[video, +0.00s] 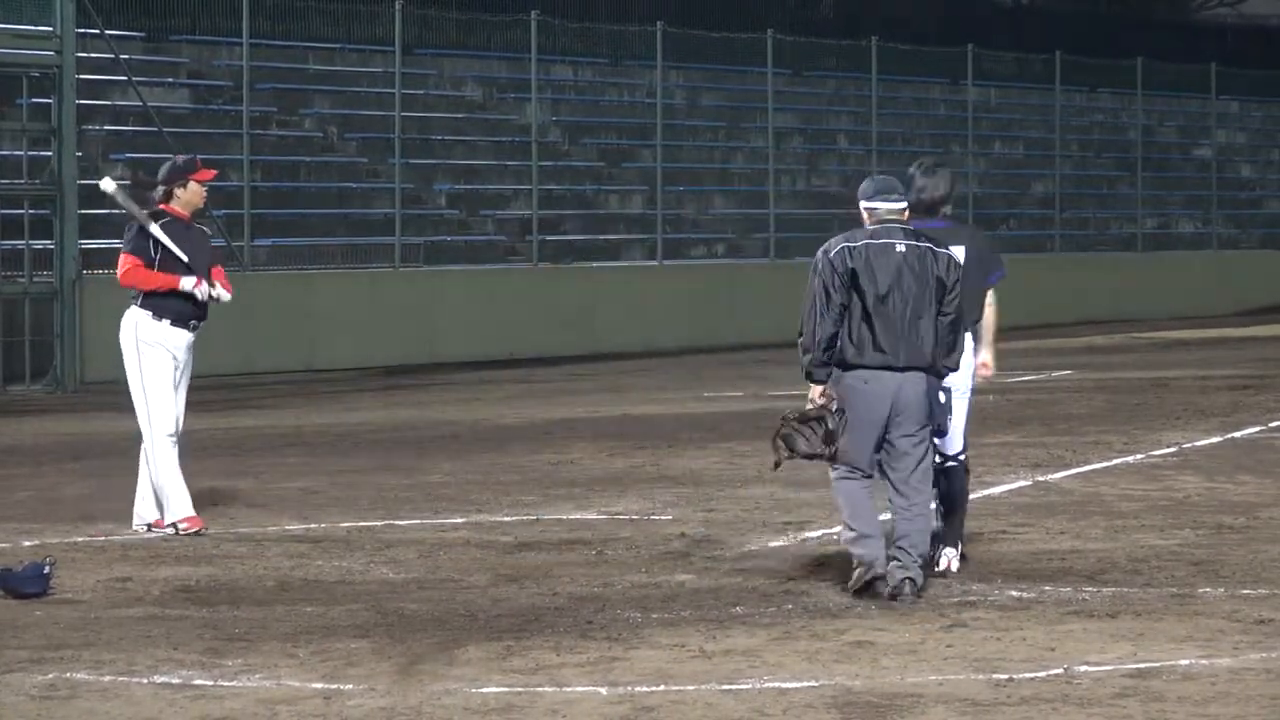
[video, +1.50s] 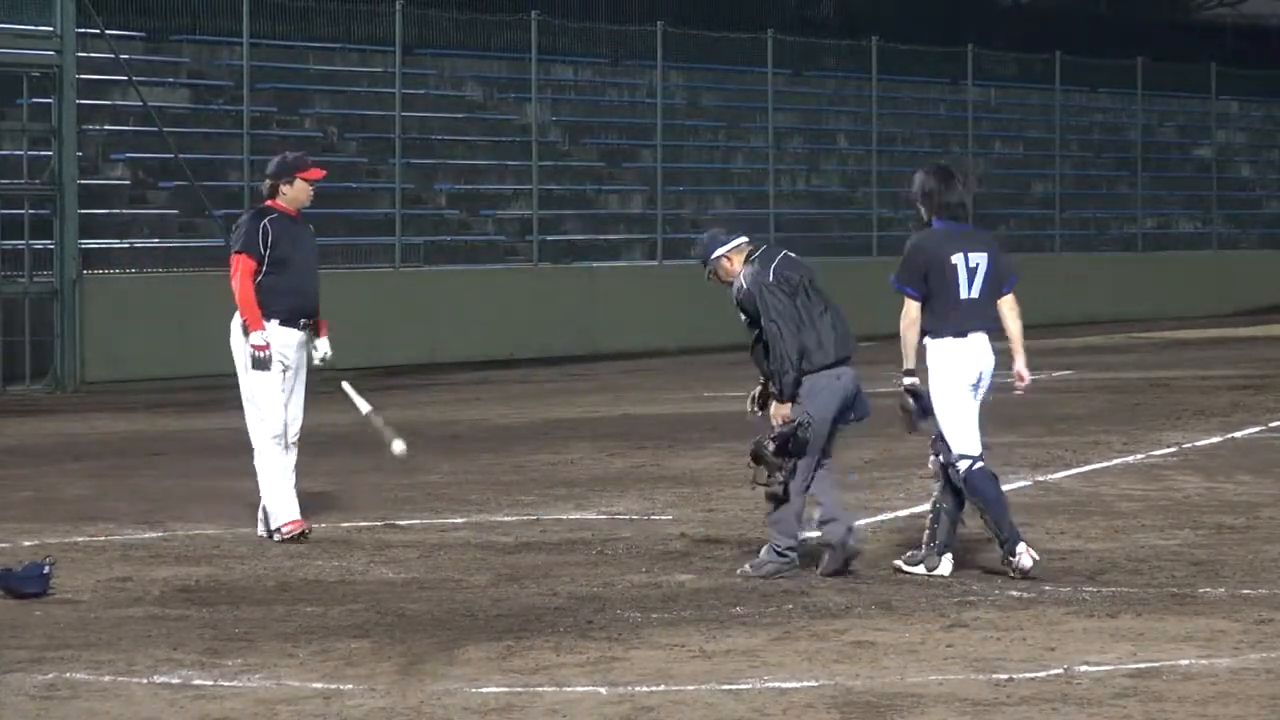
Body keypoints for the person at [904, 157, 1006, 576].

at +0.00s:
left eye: (913, 194)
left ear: (910, 197)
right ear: (948, 196)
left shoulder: (896, 241)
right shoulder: (973, 240)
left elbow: (884, 302)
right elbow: (988, 299)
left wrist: (886, 348)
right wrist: (986, 350)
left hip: (906, 356)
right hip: (957, 355)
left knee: (914, 449)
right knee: (952, 450)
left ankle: (919, 538)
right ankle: (951, 543)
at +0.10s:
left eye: (930, 192)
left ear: (926, 197)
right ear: (966, 198)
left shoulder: (910, 241)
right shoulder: (988, 244)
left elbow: (896, 300)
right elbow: (1014, 299)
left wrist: (894, 346)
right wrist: (1025, 350)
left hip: (923, 346)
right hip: (973, 348)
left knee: (932, 448)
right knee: (963, 449)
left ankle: (973, 522)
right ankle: (953, 545)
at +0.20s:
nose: (941, 204)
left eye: (941, 198)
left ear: (940, 203)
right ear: (980, 203)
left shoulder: (924, 248)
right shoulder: (1001, 247)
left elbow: (908, 307)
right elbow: (1033, 302)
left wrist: (908, 357)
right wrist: (1054, 357)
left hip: (950, 355)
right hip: (996, 354)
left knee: (973, 457)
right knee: (967, 450)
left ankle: (1018, 541)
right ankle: (957, 543)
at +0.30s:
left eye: (954, 201)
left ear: (952, 206)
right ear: (992, 206)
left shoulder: (937, 251)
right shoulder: (1014, 248)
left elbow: (921, 311)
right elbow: (1043, 306)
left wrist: (916, 366)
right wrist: (1065, 362)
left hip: (965, 360)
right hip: (1012, 357)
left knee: (991, 457)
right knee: (978, 450)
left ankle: (1031, 553)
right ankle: (962, 545)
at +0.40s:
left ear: (959, 206)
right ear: (1000, 206)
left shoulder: (945, 252)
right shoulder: (1024, 249)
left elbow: (939, 316)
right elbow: (1048, 308)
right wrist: (1066, 365)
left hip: (974, 357)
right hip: (1019, 354)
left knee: (998, 455)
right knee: (987, 449)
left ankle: (1031, 555)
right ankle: (971, 545)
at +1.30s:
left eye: (947, 199)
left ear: (946, 205)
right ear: (984, 203)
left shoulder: (933, 252)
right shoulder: (1010, 241)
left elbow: (927, 324)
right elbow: (1037, 302)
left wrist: (944, 365)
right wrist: (1057, 355)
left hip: (967, 358)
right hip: (1011, 355)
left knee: (989, 456)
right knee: (966, 450)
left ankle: (1026, 555)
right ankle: (943, 546)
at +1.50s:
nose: (916, 205)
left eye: (918, 198)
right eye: (918, 198)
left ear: (926, 203)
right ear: (961, 199)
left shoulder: (922, 246)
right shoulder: (988, 243)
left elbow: (911, 313)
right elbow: (1008, 305)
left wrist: (908, 369)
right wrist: (1019, 356)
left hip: (944, 355)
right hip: (982, 352)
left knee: (965, 456)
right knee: (952, 452)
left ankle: (1015, 546)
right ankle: (936, 550)